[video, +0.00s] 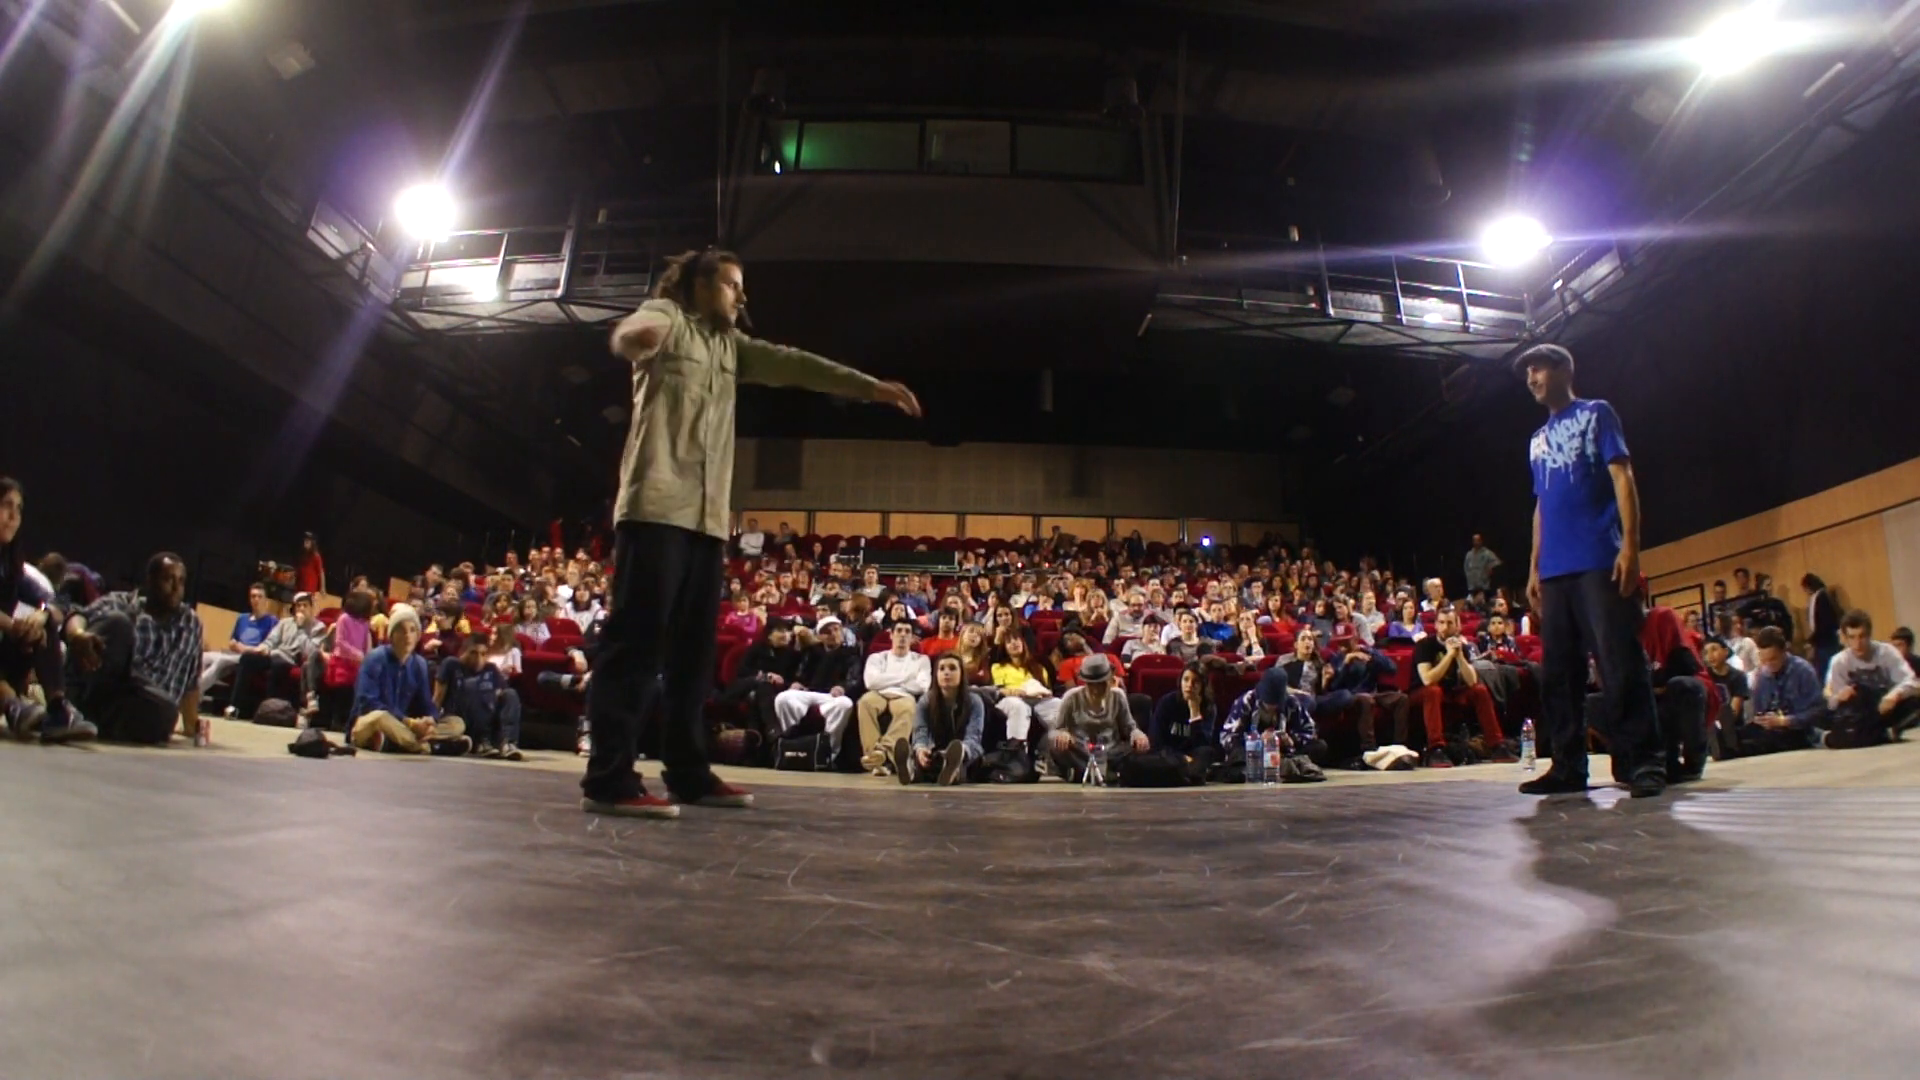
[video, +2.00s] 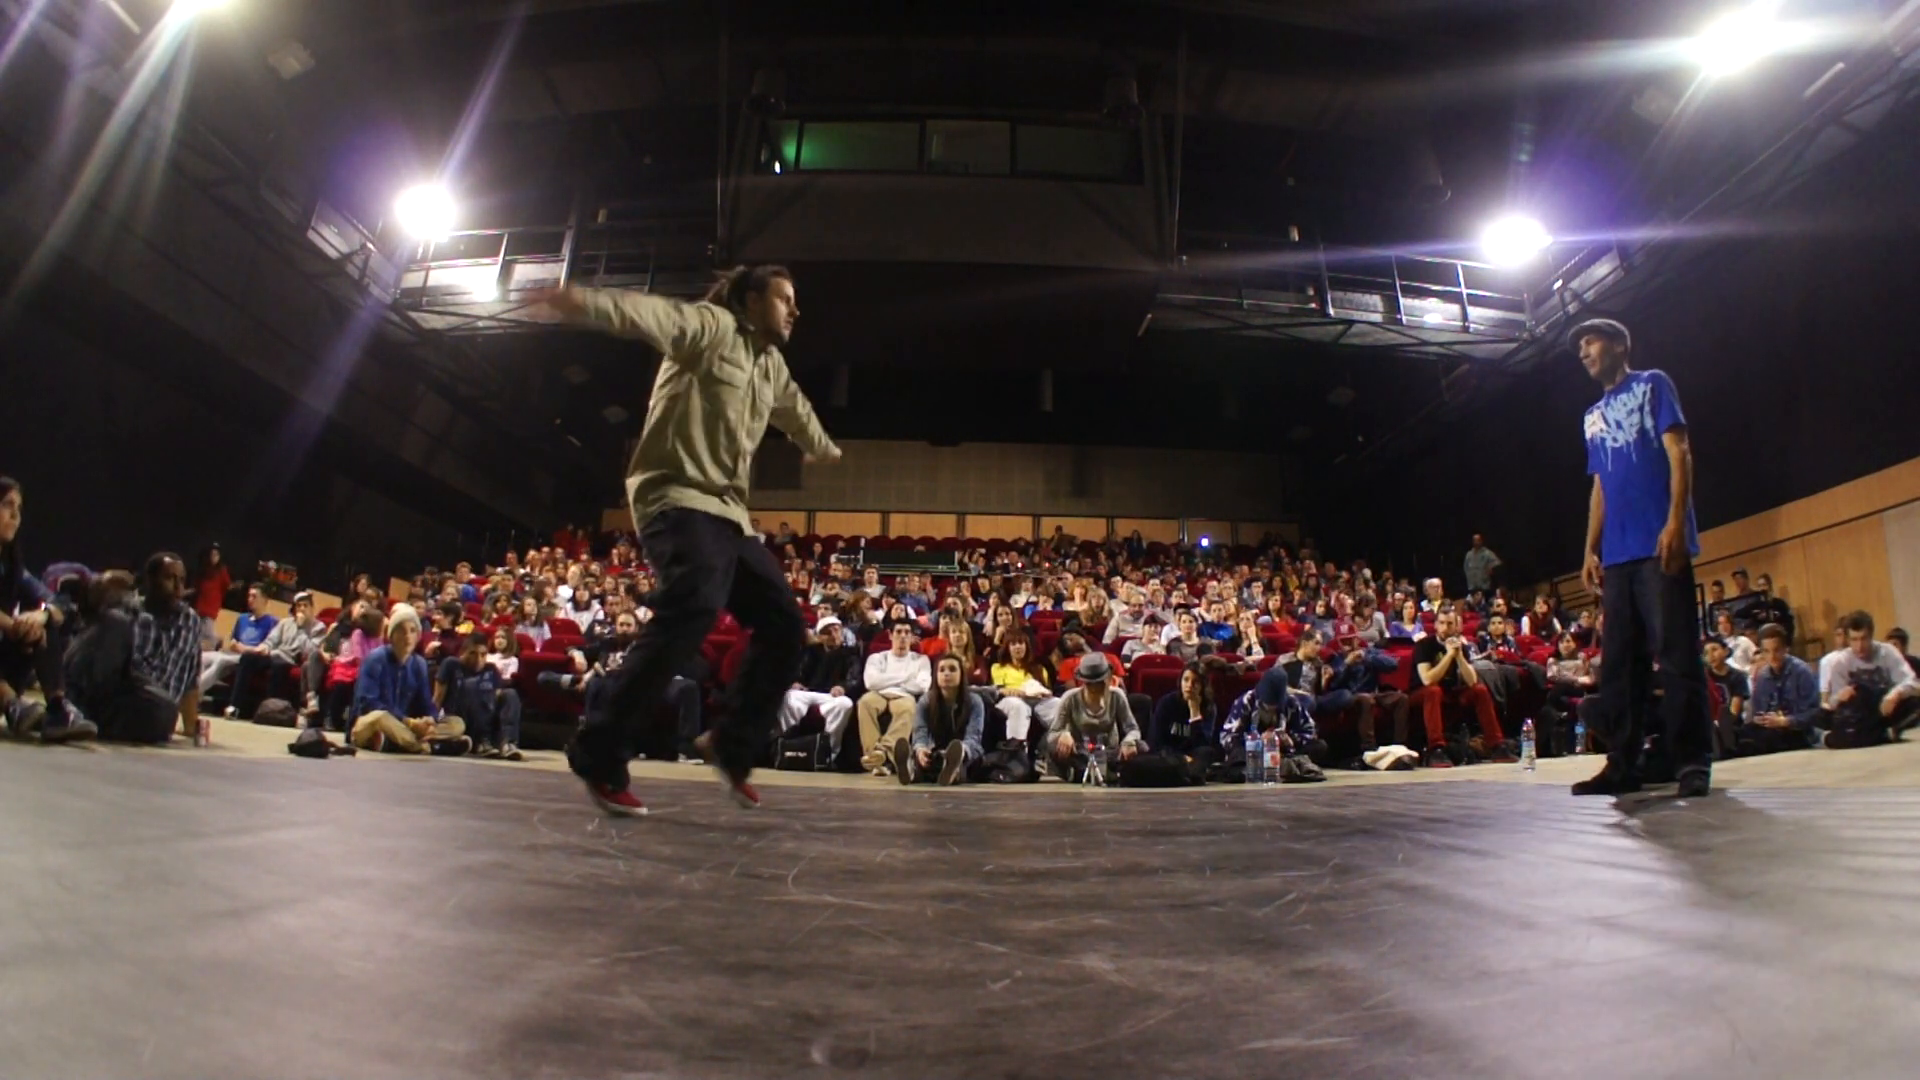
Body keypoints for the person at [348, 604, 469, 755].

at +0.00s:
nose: (408, 636)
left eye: (413, 630)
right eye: (401, 631)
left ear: (418, 635)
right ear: (391, 635)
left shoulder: (420, 664)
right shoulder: (375, 659)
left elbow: (426, 704)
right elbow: (367, 703)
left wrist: (430, 720)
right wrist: (406, 722)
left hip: (411, 725)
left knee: (457, 723)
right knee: (380, 717)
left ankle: (395, 744)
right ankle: (426, 748)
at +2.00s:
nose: (408, 637)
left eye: (413, 631)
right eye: (401, 632)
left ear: (418, 635)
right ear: (391, 635)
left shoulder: (419, 664)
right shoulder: (375, 660)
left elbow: (426, 703)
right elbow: (367, 704)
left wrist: (430, 720)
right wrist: (407, 722)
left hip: (412, 725)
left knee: (457, 724)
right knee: (381, 717)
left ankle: (395, 744)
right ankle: (425, 748)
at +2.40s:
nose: (408, 637)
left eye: (413, 631)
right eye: (401, 631)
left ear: (418, 635)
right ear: (391, 635)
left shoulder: (419, 664)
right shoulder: (375, 660)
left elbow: (426, 705)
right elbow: (368, 704)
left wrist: (429, 720)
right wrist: (407, 722)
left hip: (411, 725)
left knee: (457, 723)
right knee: (381, 718)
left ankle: (394, 743)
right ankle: (424, 748)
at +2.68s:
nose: (409, 636)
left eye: (413, 630)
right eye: (402, 630)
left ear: (418, 635)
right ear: (391, 634)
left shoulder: (419, 664)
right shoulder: (375, 660)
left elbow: (426, 704)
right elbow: (367, 703)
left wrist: (430, 720)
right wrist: (407, 722)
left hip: (412, 725)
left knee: (457, 724)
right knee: (380, 717)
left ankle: (394, 744)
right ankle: (425, 748)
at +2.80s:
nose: (409, 633)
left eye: (414, 628)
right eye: (402, 627)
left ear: (418, 634)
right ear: (391, 632)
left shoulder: (419, 664)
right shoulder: (375, 659)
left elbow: (426, 705)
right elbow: (367, 703)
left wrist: (430, 721)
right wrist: (407, 722)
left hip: (411, 726)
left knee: (457, 723)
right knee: (380, 718)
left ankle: (394, 744)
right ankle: (425, 748)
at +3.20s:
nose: (400, 636)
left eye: (407, 631)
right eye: (396, 630)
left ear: (417, 638)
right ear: (390, 633)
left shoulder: (420, 665)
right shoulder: (375, 659)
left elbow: (426, 705)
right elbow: (366, 704)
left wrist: (428, 719)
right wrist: (405, 715)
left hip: (410, 724)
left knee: (457, 724)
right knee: (380, 718)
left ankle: (393, 743)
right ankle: (428, 747)